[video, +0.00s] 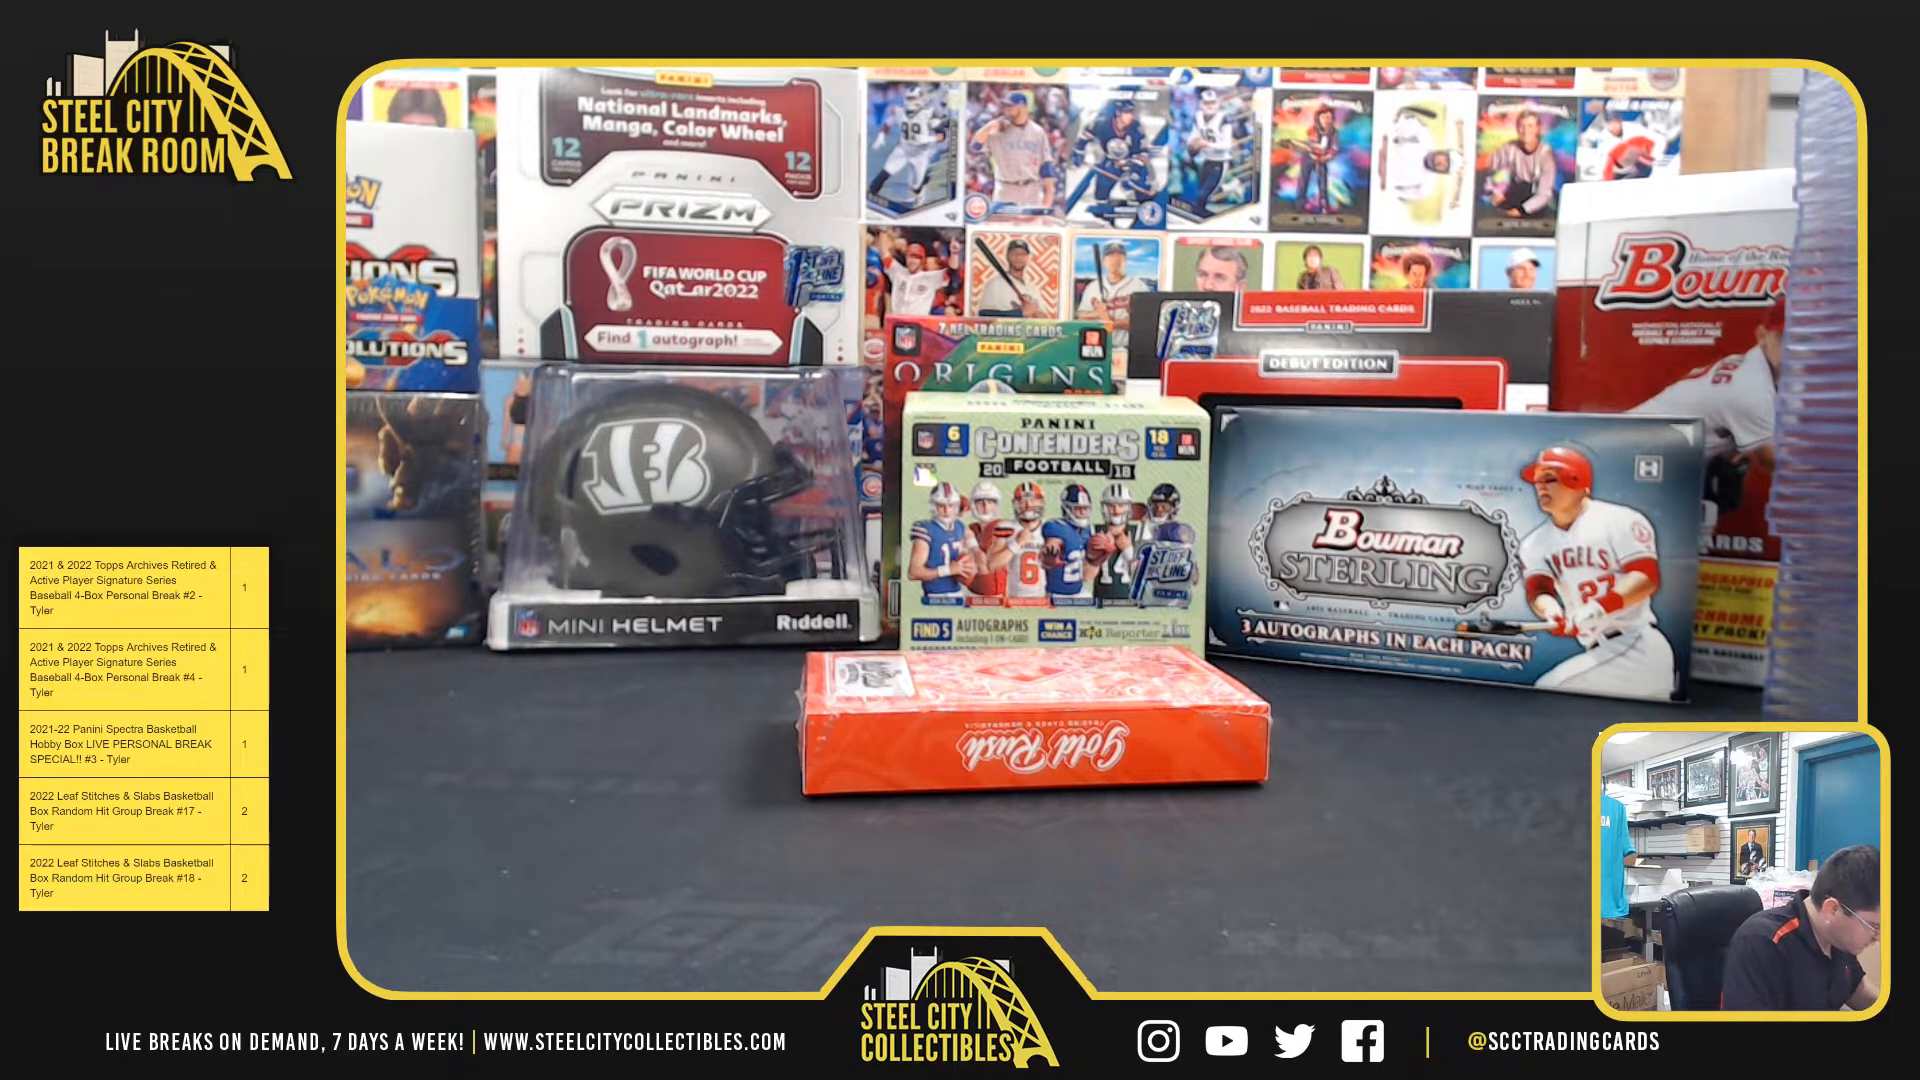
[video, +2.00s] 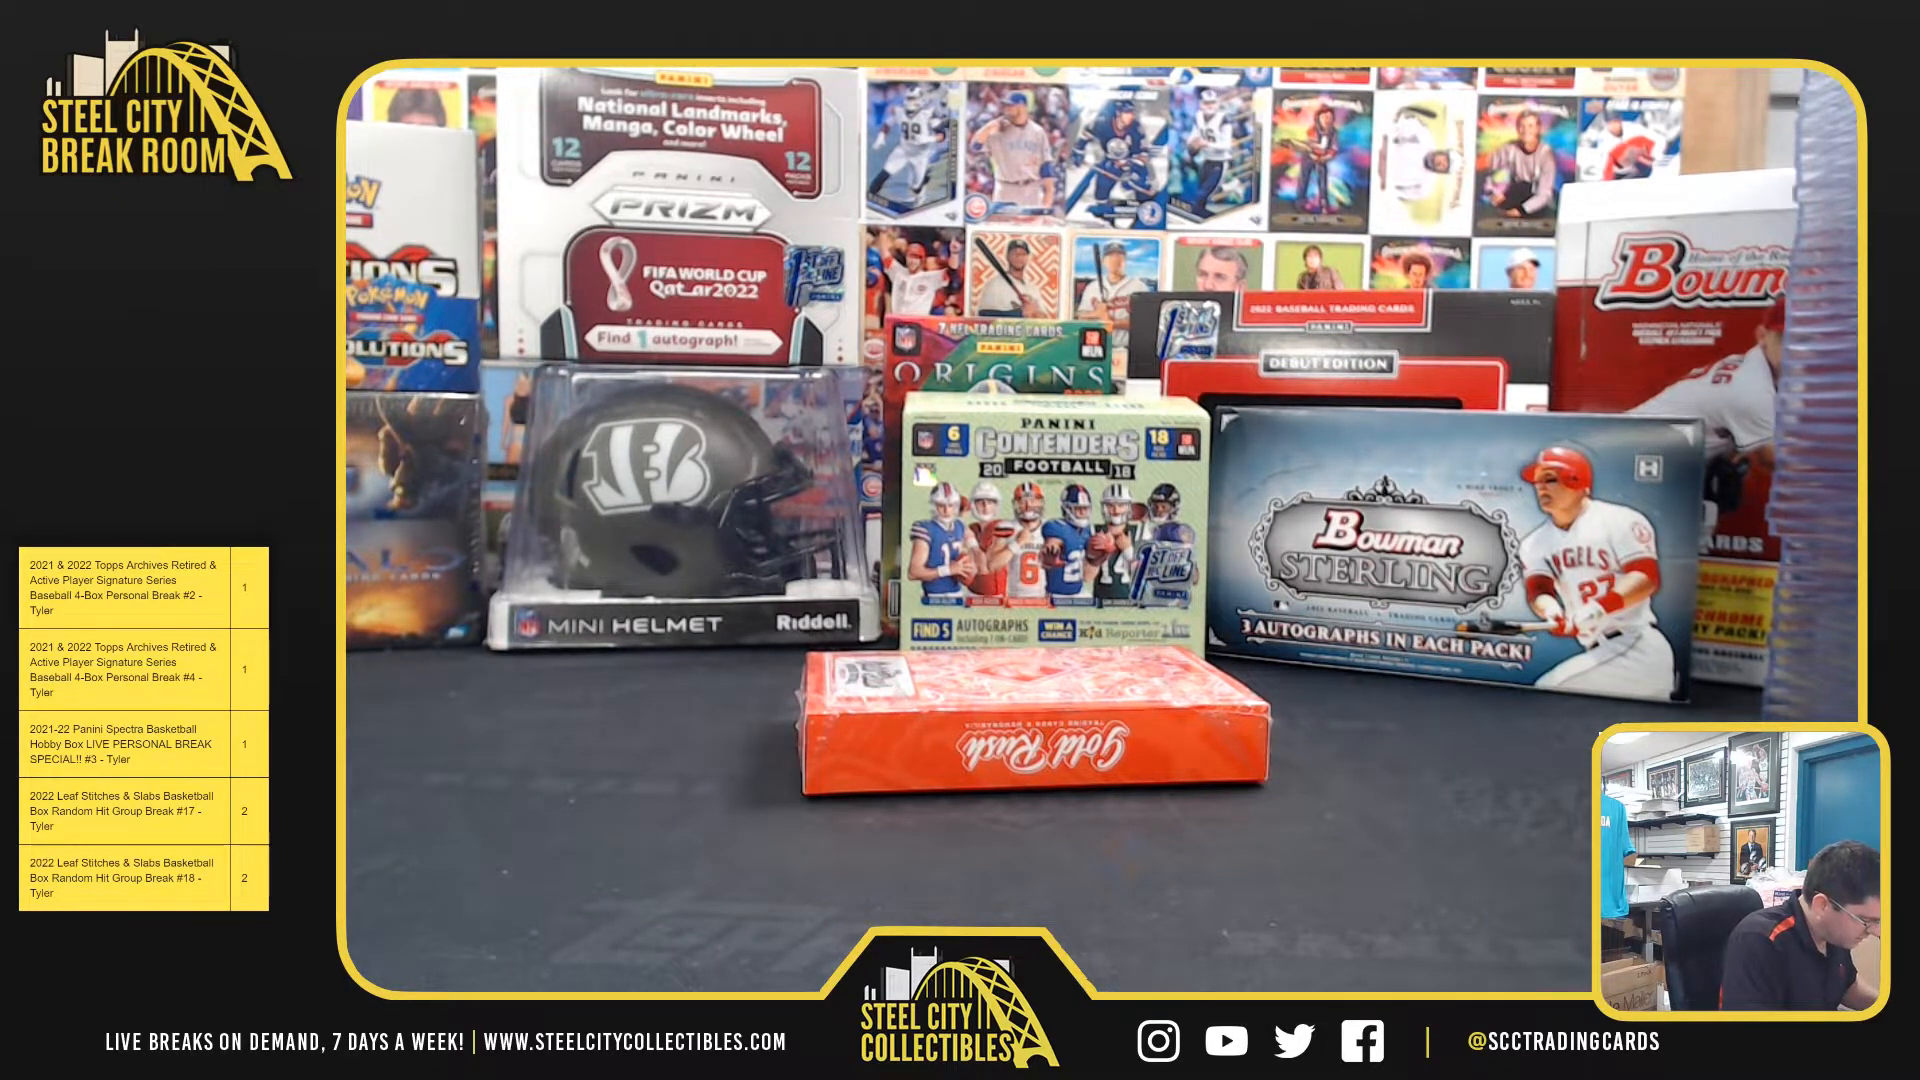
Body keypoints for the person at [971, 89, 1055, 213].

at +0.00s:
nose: (1007, 110)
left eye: (1011, 106)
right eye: (1006, 106)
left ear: (1022, 107)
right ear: (1004, 107)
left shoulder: (1038, 132)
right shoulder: (997, 129)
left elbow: (1046, 166)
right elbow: (974, 147)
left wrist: (1048, 200)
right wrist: (990, 127)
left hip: (1031, 186)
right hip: (1005, 186)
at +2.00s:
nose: (1006, 110)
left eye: (1010, 106)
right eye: (1006, 106)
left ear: (1022, 107)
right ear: (1004, 107)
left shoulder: (1038, 132)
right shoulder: (997, 129)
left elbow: (1046, 167)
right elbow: (975, 147)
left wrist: (1048, 200)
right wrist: (990, 127)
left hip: (1031, 186)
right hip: (1004, 186)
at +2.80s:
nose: (1006, 110)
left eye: (1010, 106)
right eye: (1006, 106)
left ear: (1022, 107)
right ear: (1004, 107)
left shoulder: (1038, 132)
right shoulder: (996, 129)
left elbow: (1046, 166)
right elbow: (974, 147)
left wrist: (1048, 198)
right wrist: (991, 127)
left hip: (1032, 186)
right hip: (1005, 186)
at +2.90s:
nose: (1006, 110)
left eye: (1010, 106)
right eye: (1006, 106)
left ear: (1022, 107)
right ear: (1004, 107)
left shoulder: (1038, 132)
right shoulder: (996, 129)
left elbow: (1046, 166)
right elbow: (974, 147)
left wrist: (1048, 198)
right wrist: (991, 127)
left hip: (1032, 186)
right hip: (1005, 186)